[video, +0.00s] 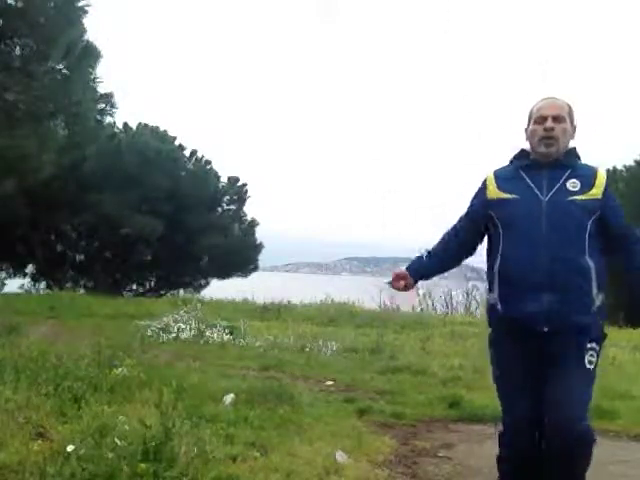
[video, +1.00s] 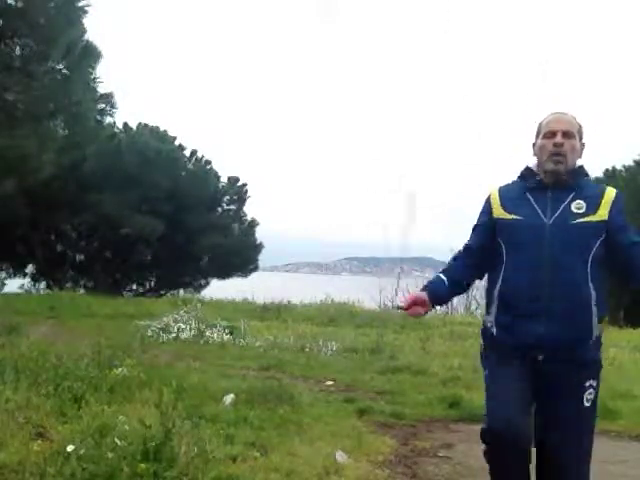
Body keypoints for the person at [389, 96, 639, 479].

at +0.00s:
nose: (548, 127)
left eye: (557, 120)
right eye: (540, 120)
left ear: (572, 130)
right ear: (528, 131)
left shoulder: (595, 184)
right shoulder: (497, 184)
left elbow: (627, 249)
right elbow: (460, 239)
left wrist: (630, 304)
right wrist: (415, 271)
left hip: (575, 328)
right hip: (512, 328)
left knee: (568, 428)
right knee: (519, 430)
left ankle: (565, 476)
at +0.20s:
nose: (552, 157)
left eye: (562, 151)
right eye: (544, 152)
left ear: (577, 162)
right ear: (532, 163)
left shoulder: (601, 220)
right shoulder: (499, 217)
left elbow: (629, 280)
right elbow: (472, 272)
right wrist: (430, 289)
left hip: (575, 366)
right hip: (510, 362)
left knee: (566, 465)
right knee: (515, 459)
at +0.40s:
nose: (548, 125)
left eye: (558, 119)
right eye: (540, 120)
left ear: (572, 130)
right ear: (528, 131)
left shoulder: (598, 184)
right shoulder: (498, 182)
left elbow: (629, 249)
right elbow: (461, 238)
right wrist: (416, 267)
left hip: (570, 328)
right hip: (507, 326)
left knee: (558, 429)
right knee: (511, 428)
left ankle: (551, 474)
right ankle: (508, 476)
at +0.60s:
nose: (544, 152)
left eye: (554, 147)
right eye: (536, 146)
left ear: (567, 160)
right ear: (523, 157)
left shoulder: (591, 212)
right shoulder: (490, 210)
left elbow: (620, 274)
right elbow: (459, 264)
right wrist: (416, 284)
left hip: (565, 354)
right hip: (503, 352)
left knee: (555, 441)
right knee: (503, 452)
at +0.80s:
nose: (558, 130)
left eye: (567, 125)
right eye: (550, 124)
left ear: (581, 138)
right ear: (535, 134)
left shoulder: (603, 188)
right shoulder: (499, 184)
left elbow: (630, 252)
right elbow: (460, 239)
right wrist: (412, 265)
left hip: (571, 332)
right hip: (507, 329)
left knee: (557, 430)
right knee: (508, 427)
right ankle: (518, 476)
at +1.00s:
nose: (558, 142)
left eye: (567, 136)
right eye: (549, 135)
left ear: (581, 148)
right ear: (535, 146)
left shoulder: (605, 202)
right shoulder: (501, 200)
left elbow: (632, 263)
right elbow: (471, 260)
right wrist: (431, 294)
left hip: (574, 353)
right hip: (508, 349)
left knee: (567, 458)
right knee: (504, 436)